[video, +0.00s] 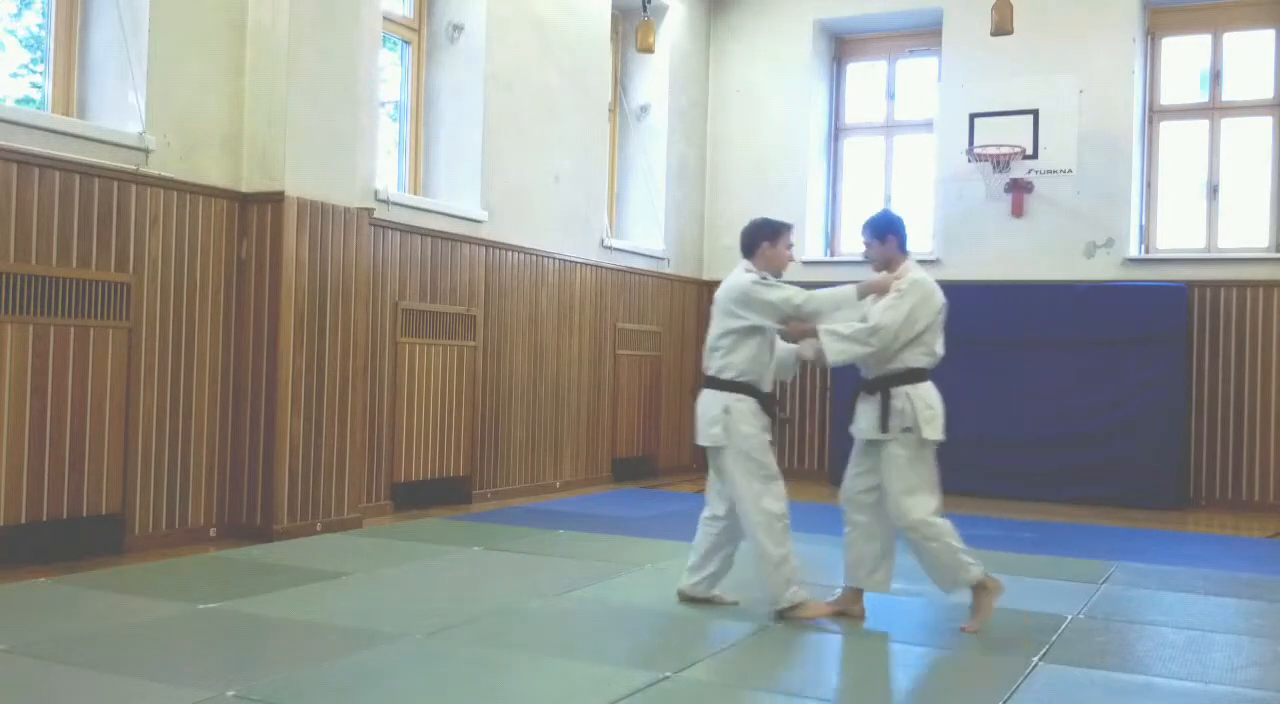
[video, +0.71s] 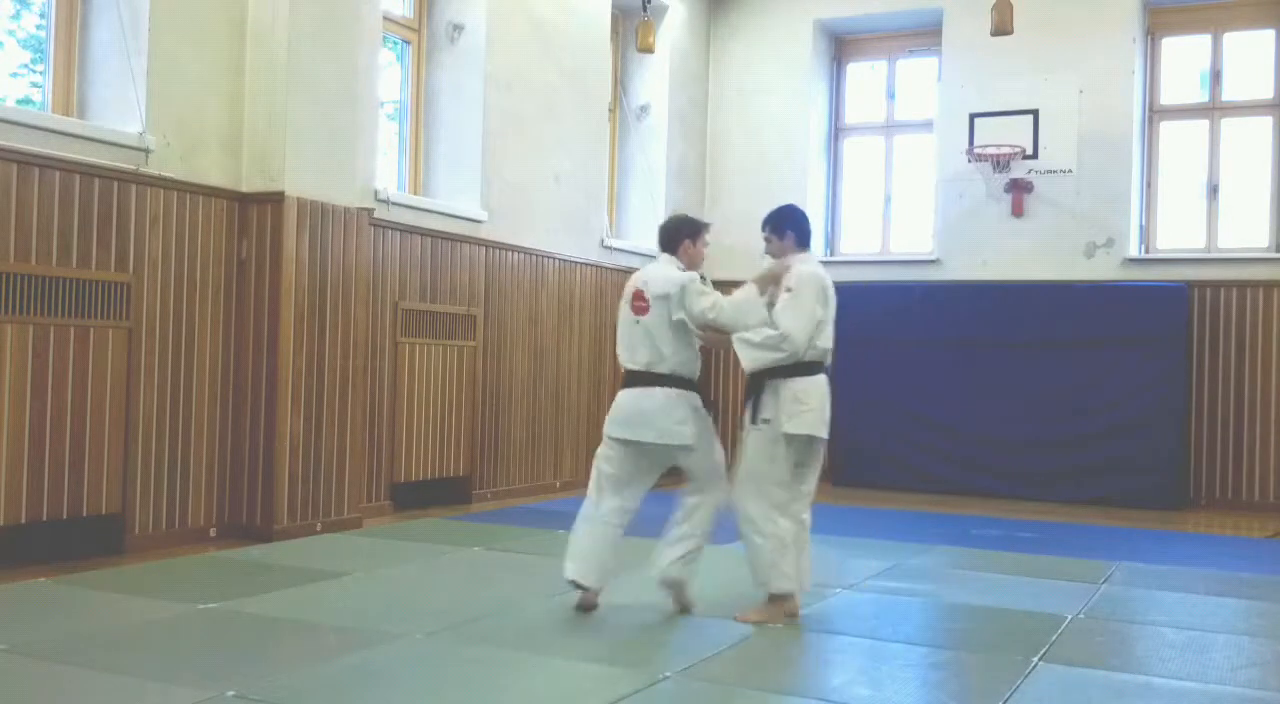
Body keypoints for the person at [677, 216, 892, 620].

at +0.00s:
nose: (792, 256)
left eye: (791, 248)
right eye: (787, 247)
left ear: (763, 250)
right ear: (764, 248)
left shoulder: (748, 286)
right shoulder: (744, 285)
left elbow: (764, 355)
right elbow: (801, 304)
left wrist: (807, 346)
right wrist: (865, 289)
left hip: (731, 404)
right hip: (733, 407)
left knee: (724, 503)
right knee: (766, 501)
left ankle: (697, 585)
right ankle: (789, 599)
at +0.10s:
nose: (778, 252)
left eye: (778, 244)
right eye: (773, 243)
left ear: (748, 244)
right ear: (750, 243)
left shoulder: (740, 283)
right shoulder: (727, 279)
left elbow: (752, 356)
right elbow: (781, 299)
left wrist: (796, 343)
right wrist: (844, 287)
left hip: (724, 401)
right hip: (717, 401)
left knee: (711, 495)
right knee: (748, 489)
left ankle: (697, 582)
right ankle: (733, 589)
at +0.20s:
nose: (769, 249)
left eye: (768, 241)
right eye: (763, 241)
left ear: (738, 243)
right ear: (740, 242)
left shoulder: (730, 280)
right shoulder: (719, 277)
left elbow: (743, 351)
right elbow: (774, 298)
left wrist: (790, 340)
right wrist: (836, 285)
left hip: (713, 399)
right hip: (707, 399)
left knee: (705, 493)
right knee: (733, 490)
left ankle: (698, 585)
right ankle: (691, 578)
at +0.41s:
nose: (748, 252)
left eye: (747, 245)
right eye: (743, 245)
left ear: (720, 247)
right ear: (721, 246)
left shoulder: (706, 285)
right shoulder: (698, 284)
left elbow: (713, 354)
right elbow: (757, 317)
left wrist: (758, 346)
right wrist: (811, 291)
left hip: (688, 404)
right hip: (669, 404)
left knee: (701, 495)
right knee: (674, 499)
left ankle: (692, 581)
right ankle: (651, 594)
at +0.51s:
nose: (740, 256)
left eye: (739, 247)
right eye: (735, 247)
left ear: (710, 249)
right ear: (714, 248)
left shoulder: (688, 282)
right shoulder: (692, 285)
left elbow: (696, 348)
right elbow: (746, 324)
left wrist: (735, 349)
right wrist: (795, 297)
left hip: (668, 401)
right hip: (658, 403)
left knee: (684, 490)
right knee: (670, 494)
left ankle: (669, 580)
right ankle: (647, 594)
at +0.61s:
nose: (726, 253)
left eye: (726, 245)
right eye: (722, 245)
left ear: (689, 245)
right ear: (701, 245)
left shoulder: (656, 279)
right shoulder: (690, 284)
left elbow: (707, 342)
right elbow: (737, 325)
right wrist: (779, 293)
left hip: (632, 398)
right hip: (666, 403)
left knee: (632, 494)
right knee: (675, 497)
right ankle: (650, 592)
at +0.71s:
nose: (705, 253)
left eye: (705, 246)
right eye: (703, 246)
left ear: (666, 245)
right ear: (685, 246)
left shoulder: (635, 281)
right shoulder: (685, 282)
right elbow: (723, 315)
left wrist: (701, 336)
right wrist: (762, 285)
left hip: (630, 402)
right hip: (676, 405)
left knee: (609, 493)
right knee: (710, 485)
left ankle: (588, 580)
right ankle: (674, 568)